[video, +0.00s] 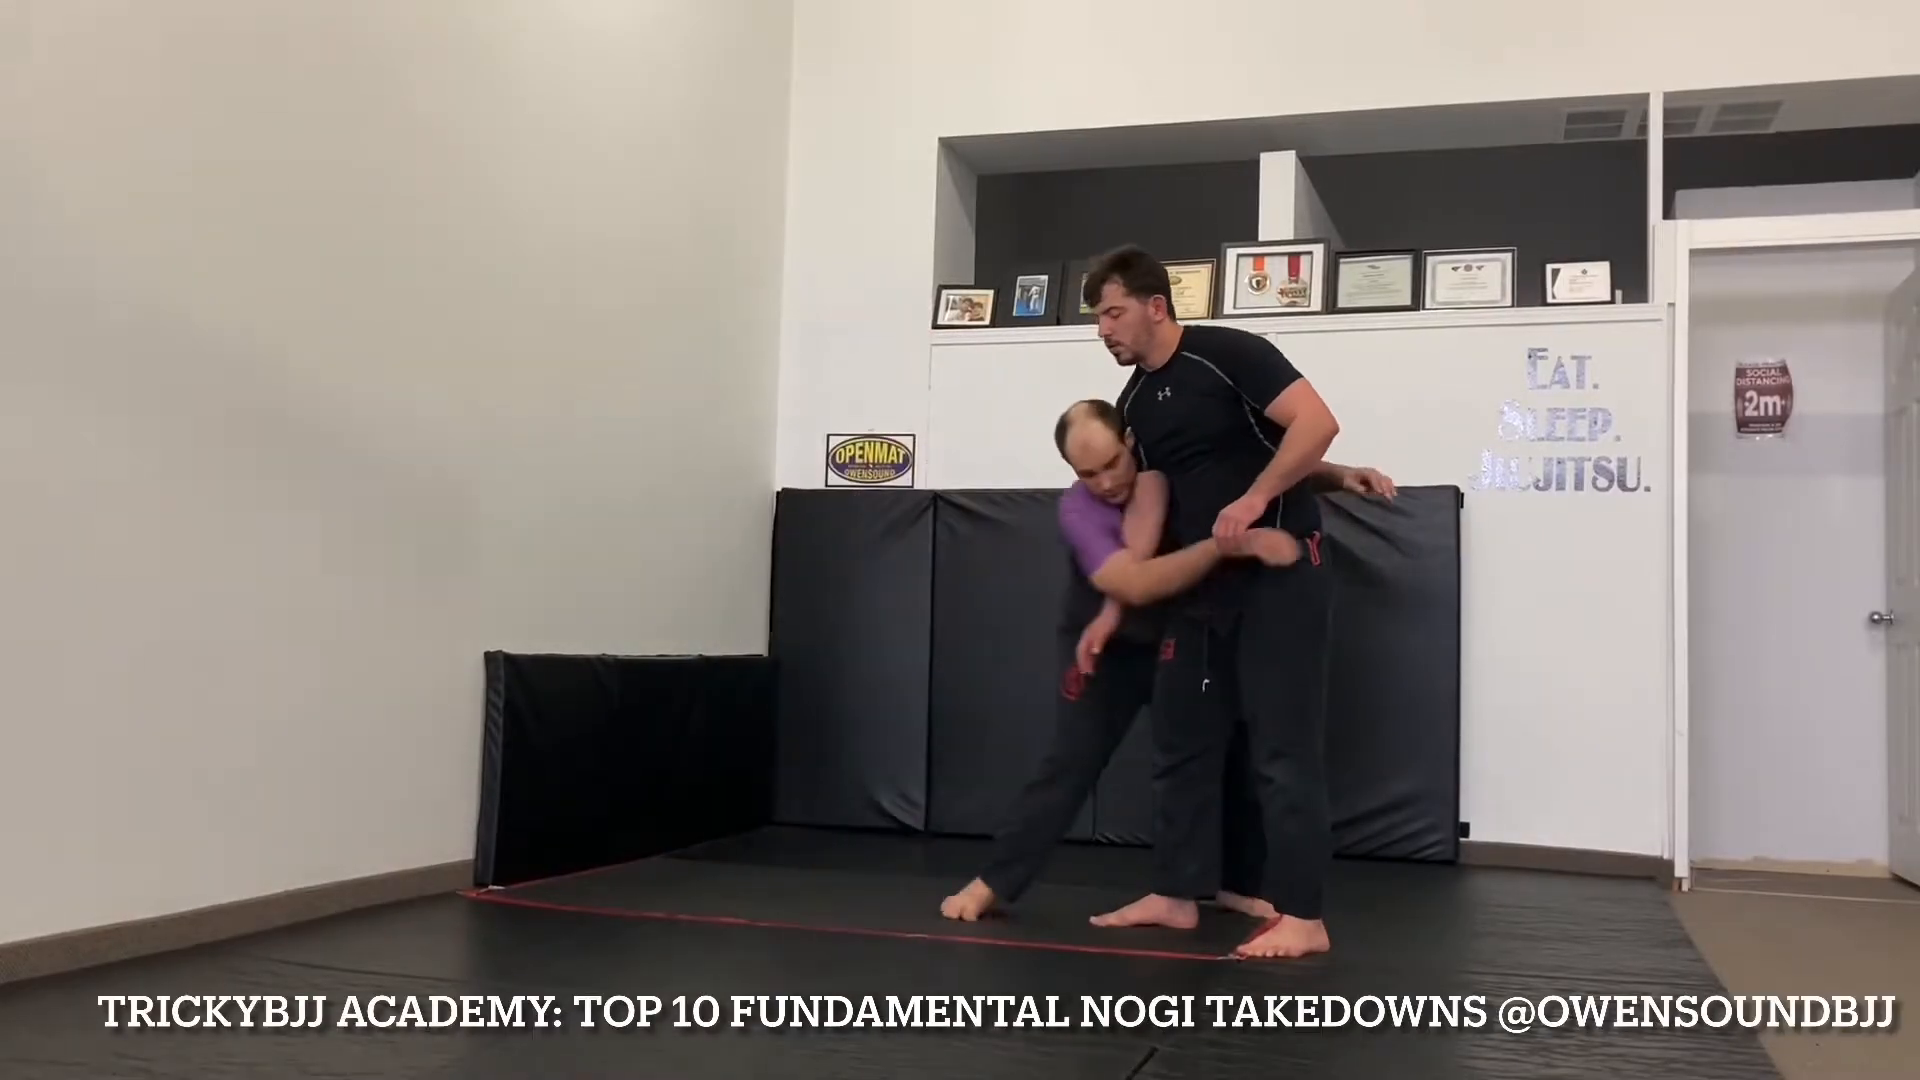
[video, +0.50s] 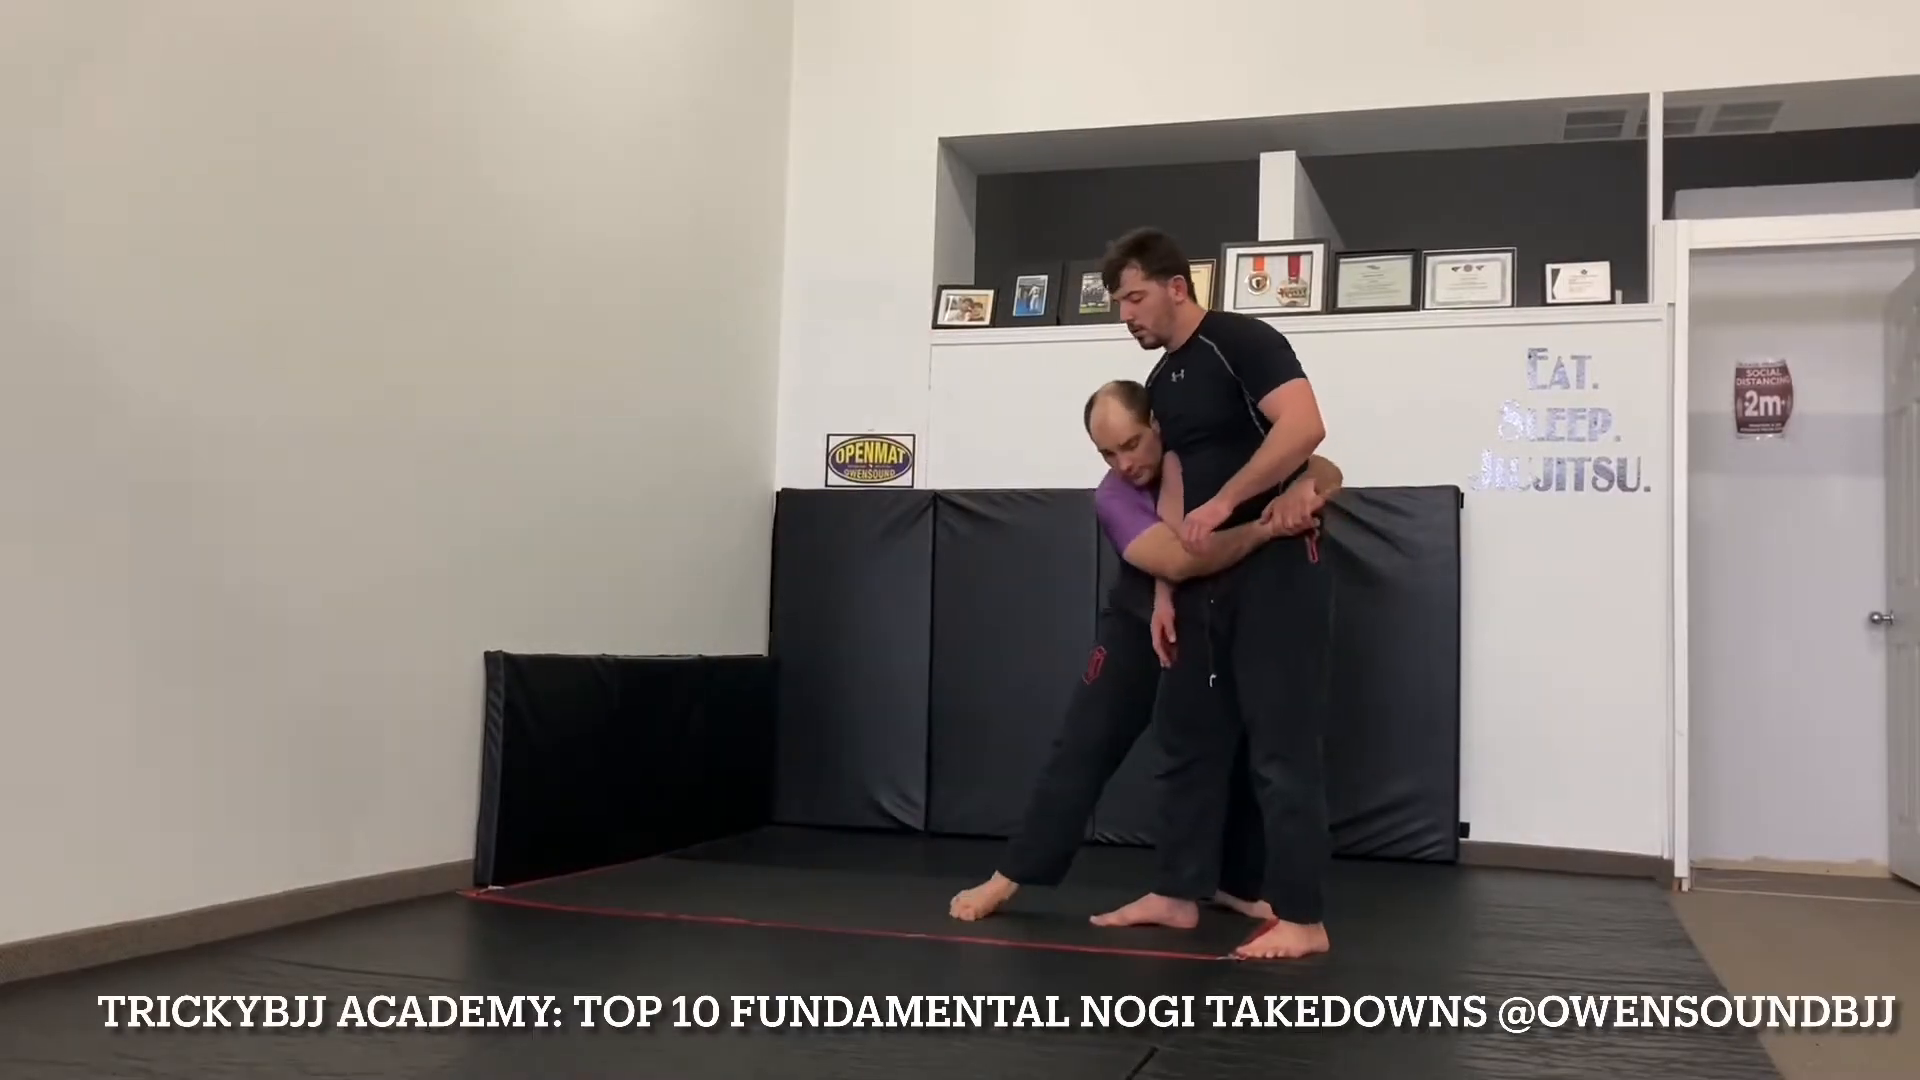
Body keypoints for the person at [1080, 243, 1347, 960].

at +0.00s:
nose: (1103, 331)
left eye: (1112, 314)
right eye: (1099, 318)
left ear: (1156, 306)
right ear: (1122, 316)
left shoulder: (1233, 354)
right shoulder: (1136, 402)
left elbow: (1317, 423)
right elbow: (1146, 507)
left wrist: (1259, 494)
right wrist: (1112, 609)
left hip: (1282, 577)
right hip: (1202, 588)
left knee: (1283, 744)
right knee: (1184, 739)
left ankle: (1302, 916)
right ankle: (1176, 895)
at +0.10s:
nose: (1104, 331)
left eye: (1113, 313)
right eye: (1100, 318)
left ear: (1158, 305)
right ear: (1124, 316)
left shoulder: (1231, 350)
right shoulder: (1140, 399)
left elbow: (1315, 422)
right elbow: (1161, 508)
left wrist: (1256, 495)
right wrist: (1155, 608)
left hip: (1279, 575)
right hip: (1198, 589)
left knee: (1283, 745)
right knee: (1183, 741)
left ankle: (1301, 916)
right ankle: (1176, 895)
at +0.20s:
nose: (1110, 328)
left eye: (1118, 312)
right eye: (1104, 316)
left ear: (1162, 303)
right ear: (1136, 314)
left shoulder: (1235, 348)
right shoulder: (1147, 397)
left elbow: (1311, 420)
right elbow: (1170, 498)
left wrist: (1247, 493)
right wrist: (1164, 601)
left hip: (1280, 571)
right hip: (1204, 585)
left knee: (1283, 743)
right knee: (1182, 738)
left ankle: (1302, 917)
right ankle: (1175, 894)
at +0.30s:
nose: (1115, 324)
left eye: (1123, 306)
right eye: (1110, 310)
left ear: (1167, 297)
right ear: (1143, 309)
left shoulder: (1240, 343)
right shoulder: (1156, 392)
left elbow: (1309, 418)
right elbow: (1174, 492)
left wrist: (1237, 492)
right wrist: (1165, 595)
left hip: (1284, 569)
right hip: (1208, 581)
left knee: (1285, 744)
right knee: (1190, 738)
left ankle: (1302, 918)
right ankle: (1176, 894)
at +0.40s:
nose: (1119, 320)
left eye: (1127, 302)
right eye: (1114, 307)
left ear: (1170, 293)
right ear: (1146, 304)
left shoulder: (1244, 342)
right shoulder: (1164, 385)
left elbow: (1306, 420)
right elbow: (1176, 487)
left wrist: (1229, 497)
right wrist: (1166, 591)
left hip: (1282, 568)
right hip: (1208, 580)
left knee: (1284, 743)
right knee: (1190, 737)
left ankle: (1302, 918)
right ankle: (1177, 894)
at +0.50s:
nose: (1126, 313)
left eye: (1134, 296)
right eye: (1120, 300)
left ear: (1177, 288)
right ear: (1143, 299)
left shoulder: (1247, 341)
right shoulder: (1164, 379)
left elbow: (1305, 426)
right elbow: (1172, 476)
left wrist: (1223, 501)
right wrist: (1164, 585)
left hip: (1279, 568)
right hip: (1204, 581)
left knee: (1282, 743)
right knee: (1188, 738)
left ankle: (1301, 917)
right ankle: (1177, 894)